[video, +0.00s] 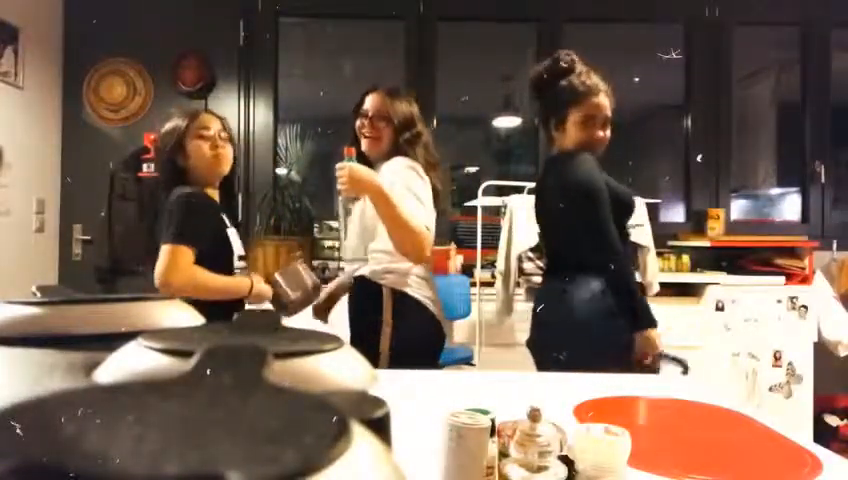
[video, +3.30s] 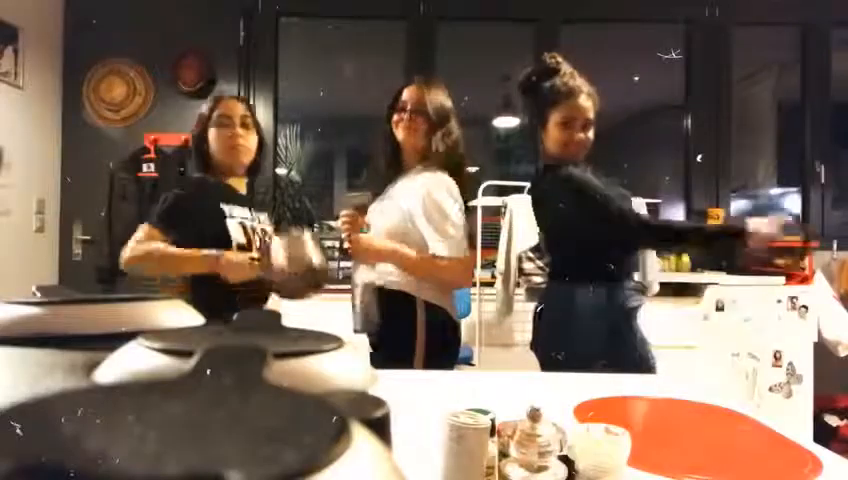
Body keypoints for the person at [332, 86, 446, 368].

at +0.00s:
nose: (366, 124)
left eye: (380, 118)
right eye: (362, 116)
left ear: (403, 128)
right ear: (355, 121)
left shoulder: (400, 170)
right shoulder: (383, 174)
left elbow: (419, 250)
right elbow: (379, 256)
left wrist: (374, 188)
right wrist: (338, 288)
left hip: (394, 307)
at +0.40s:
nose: (356, 152)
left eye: (363, 143)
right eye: (354, 145)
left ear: (389, 143)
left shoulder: (396, 186)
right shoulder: (412, 188)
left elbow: (402, 255)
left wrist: (349, 210)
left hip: (402, 311)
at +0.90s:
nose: (394, 140)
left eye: (405, 133)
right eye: (391, 132)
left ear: (428, 142)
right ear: (385, 136)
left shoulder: (428, 189)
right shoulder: (407, 188)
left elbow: (427, 266)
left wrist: (378, 215)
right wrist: (360, 221)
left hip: (411, 307)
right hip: (391, 303)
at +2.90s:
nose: (405, 122)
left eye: (417, 117)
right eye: (400, 115)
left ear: (438, 128)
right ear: (392, 123)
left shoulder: (440, 192)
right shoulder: (401, 190)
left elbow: (457, 281)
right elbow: (402, 257)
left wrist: (383, 255)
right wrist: (361, 231)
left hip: (424, 318)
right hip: (393, 312)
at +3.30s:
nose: (404, 118)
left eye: (416, 112)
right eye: (399, 109)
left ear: (438, 123)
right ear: (392, 117)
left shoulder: (436, 184)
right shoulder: (405, 182)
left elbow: (461, 272)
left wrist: (386, 252)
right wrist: (362, 231)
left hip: (419, 316)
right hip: (392, 310)